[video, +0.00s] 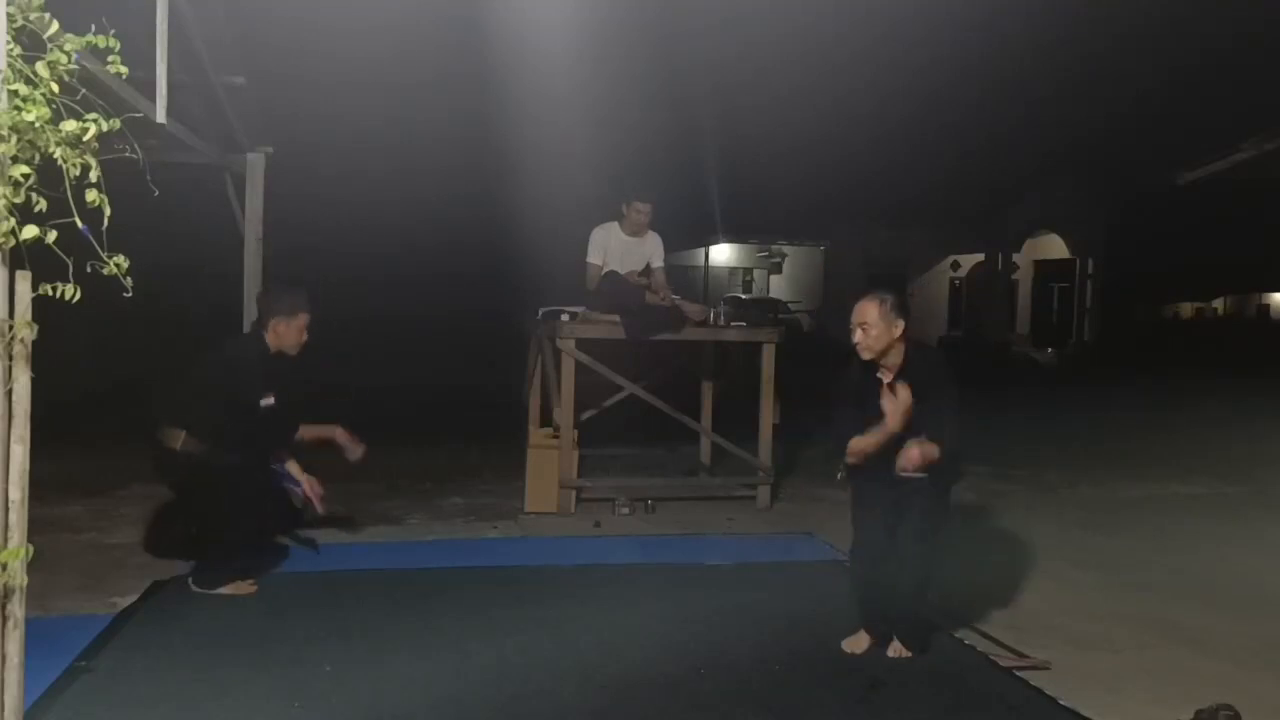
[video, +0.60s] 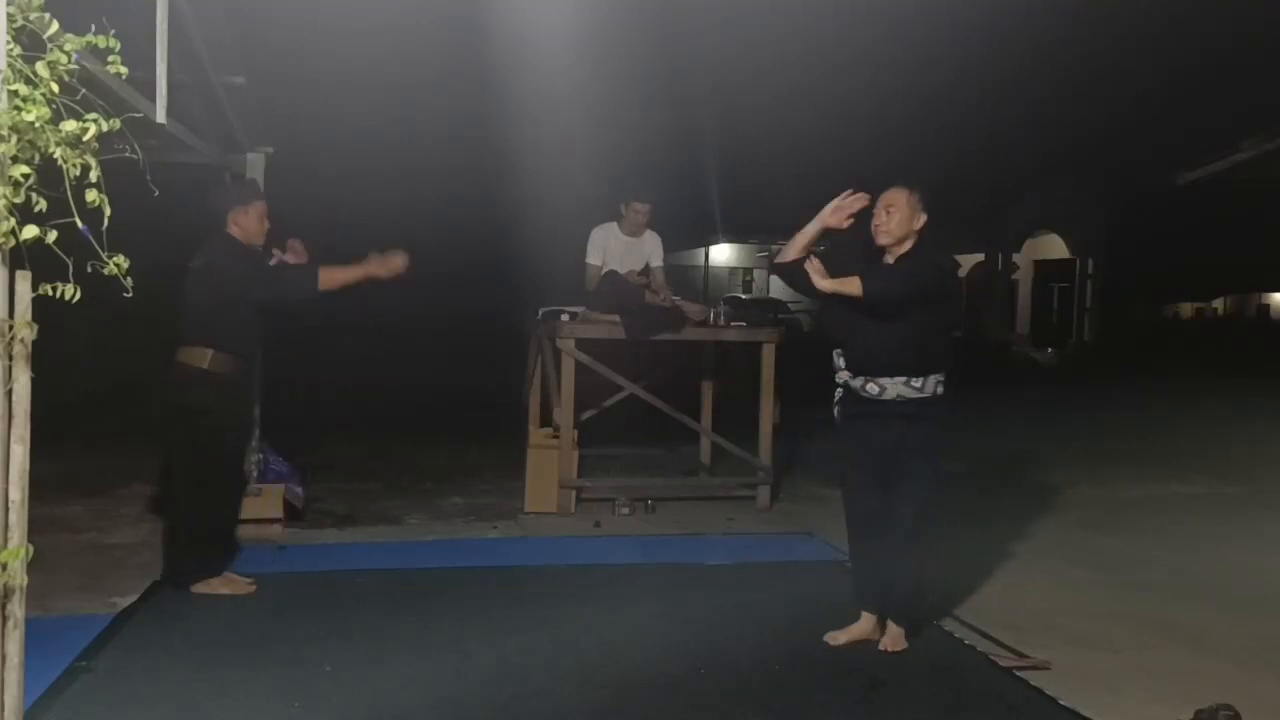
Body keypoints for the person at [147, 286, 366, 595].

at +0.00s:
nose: (306, 337)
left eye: (306, 329)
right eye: (302, 328)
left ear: (276, 326)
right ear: (276, 326)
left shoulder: (257, 357)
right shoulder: (249, 359)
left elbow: (266, 433)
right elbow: (278, 430)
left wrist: (299, 476)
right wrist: (332, 432)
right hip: (187, 455)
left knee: (279, 498)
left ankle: (234, 564)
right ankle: (213, 575)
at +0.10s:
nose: (300, 314)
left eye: (300, 305)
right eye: (295, 305)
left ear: (274, 306)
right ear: (270, 305)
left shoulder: (259, 339)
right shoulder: (246, 340)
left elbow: (274, 408)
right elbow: (283, 403)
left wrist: (309, 454)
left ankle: (240, 562)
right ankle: (215, 575)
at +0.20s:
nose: (294, 279)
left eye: (294, 271)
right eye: (288, 271)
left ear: (266, 272)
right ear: (263, 272)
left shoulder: (268, 312)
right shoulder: (244, 316)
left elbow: (297, 369)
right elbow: (293, 370)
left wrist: (343, 395)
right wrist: (308, 327)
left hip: (255, 421)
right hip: (238, 426)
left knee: (251, 496)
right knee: (238, 498)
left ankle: (236, 566)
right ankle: (216, 575)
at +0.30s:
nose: (288, 260)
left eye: (288, 251)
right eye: (282, 252)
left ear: (262, 253)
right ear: (259, 252)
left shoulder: (255, 290)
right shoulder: (237, 294)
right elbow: (278, 340)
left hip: (236, 405)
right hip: (220, 408)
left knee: (239, 483)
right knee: (233, 485)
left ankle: (232, 566)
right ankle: (215, 575)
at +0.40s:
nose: (275, 230)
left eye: (275, 221)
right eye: (269, 221)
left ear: (247, 225)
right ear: (244, 223)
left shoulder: (240, 263)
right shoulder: (229, 266)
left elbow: (293, 285)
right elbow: (294, 307)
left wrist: (336, 253)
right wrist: (360, 339)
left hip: (217, 385)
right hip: (205, 387)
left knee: (219, 473)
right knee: (214, 475)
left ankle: (212, 565)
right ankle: (204, 572)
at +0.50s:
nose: (269, 226)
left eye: (269, 218)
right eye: (263, 218)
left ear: (241, 221)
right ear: (239, 220)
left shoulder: (230, 258)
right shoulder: (228, 261)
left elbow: (278, 282)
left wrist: (304, 256)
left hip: (214, 383)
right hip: (205, 385)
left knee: (214, 473)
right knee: (212, 475)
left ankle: (208, 565)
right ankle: (202, 572)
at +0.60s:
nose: (266, 224)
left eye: (266, 216)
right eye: (260, 216)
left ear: (237, 219)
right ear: (236, 218)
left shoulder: (222, 255)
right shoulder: (224, 258)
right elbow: (289, 283)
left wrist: (279, 266)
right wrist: (366, 269)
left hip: (210, 384)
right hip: (206, 387)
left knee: (211, 473)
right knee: (212, 475)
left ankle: (204, 564)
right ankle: (201, 571)